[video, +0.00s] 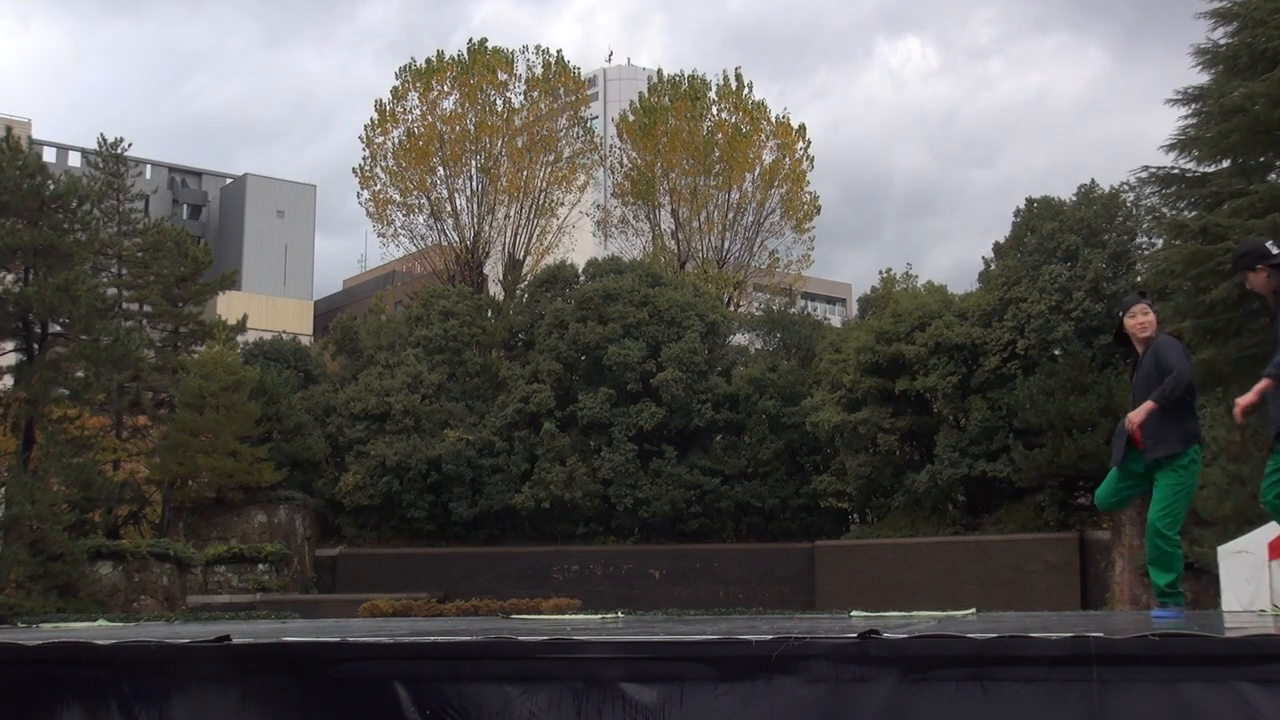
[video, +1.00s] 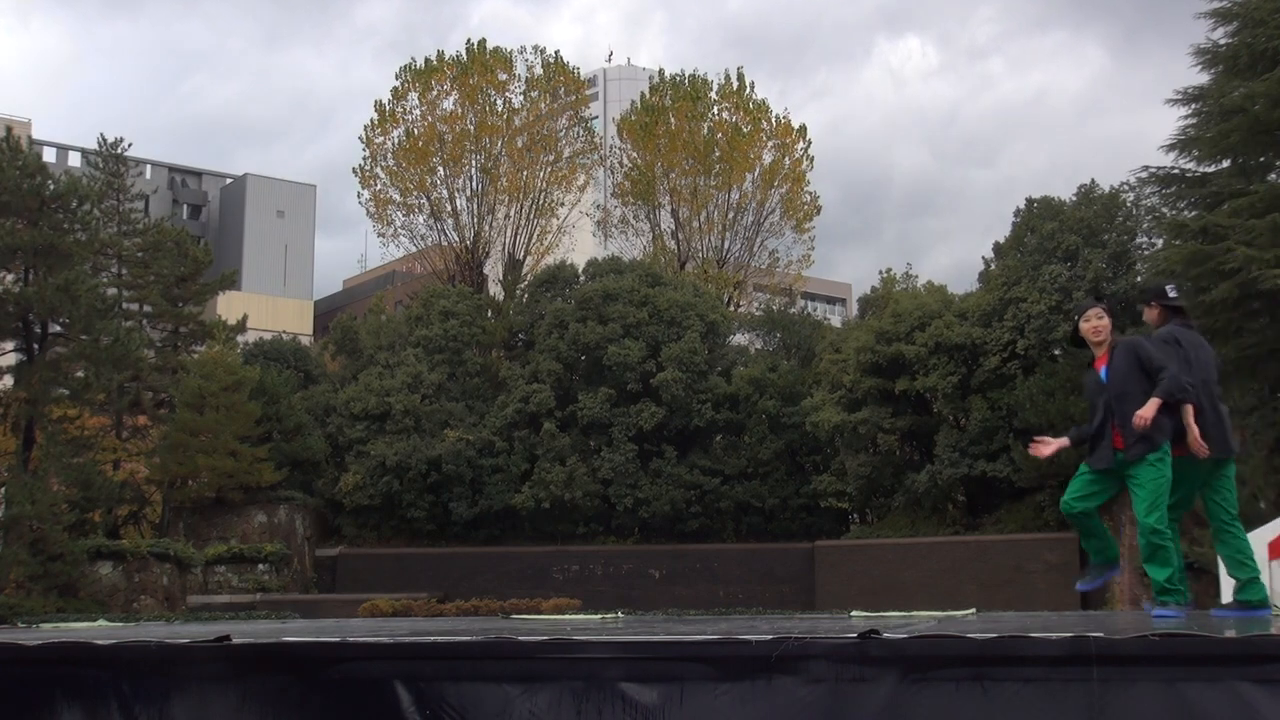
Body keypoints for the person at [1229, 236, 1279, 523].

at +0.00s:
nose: (1247, 285)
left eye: (1247, 276)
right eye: (1245, 278)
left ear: (1264, 272)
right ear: (1264, 272)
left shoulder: (1275, 308)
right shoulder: (1274, 308)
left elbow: (1276, 360)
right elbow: (1277, 360)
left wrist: (1257, 390)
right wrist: (1257, 390)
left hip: (1277, 428)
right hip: (1277, 428)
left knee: (1272, 495)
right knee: (1271, 495)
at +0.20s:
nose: (1229, 281)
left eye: (1230, 274)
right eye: (1227, 275)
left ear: (1243, 271)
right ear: (1249, 270)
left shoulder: (1271, 300)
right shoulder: (1264, 301)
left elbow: (1272, 355)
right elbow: (1267, 357)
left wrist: (1246, 379)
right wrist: (1244, 379)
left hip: (1273, 425)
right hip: (1264, 425)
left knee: (1262, 493)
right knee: (1255, 492)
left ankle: (1279, 574)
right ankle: (1278, 573)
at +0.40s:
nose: (1214, 289)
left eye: (1216, 282)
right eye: (1213, 282)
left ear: (1230, 279)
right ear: (1235, 278)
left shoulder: (1262, 312)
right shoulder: (1250, 311)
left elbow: (1265, 370)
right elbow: (1257, 368)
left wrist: (1241, 380)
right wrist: (1240, 401)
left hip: (1272, 426)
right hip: (1256, 425)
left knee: (1274, 502)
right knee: (1248, 501)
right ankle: (1251, 580)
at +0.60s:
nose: (1199, 296)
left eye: (1201, 289)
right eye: (1199, 290)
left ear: (1215, 290)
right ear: (1225, 288)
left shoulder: (1238, 325)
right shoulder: (1233, 325)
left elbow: (1226, 382)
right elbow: (1212, 370)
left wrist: (1202, 396)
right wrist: (1194, 392)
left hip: (1254, 439)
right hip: (1237, 442)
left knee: (1269, 518)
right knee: (1229, 522)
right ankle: (1251, 596)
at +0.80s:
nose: (1176, 303)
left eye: (1177, 297)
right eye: (1176, 297)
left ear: (1187, 298)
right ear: (1207, 296)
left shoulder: (1201, 329)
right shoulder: (1221, 327)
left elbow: (1204, 382)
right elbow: (1217, 381)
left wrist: (1187, 408)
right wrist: (1193, 407)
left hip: (1218, 437)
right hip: (1237, 435)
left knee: (1208, 513)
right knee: (1230, 514)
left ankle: (1268, 557)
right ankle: (1250, 596)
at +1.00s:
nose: (1142, 313)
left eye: (1145, 308)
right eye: (1144, 307)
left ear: (1157, 310)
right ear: (1174, 310)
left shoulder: (1162, 338)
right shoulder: (1198, 339)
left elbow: (1181, 382)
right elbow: (1207, 384)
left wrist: (1190, 425)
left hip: (1189, 445)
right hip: (1218, 443)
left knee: (1165, 516)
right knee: (1226, 521)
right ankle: (1252, 594)